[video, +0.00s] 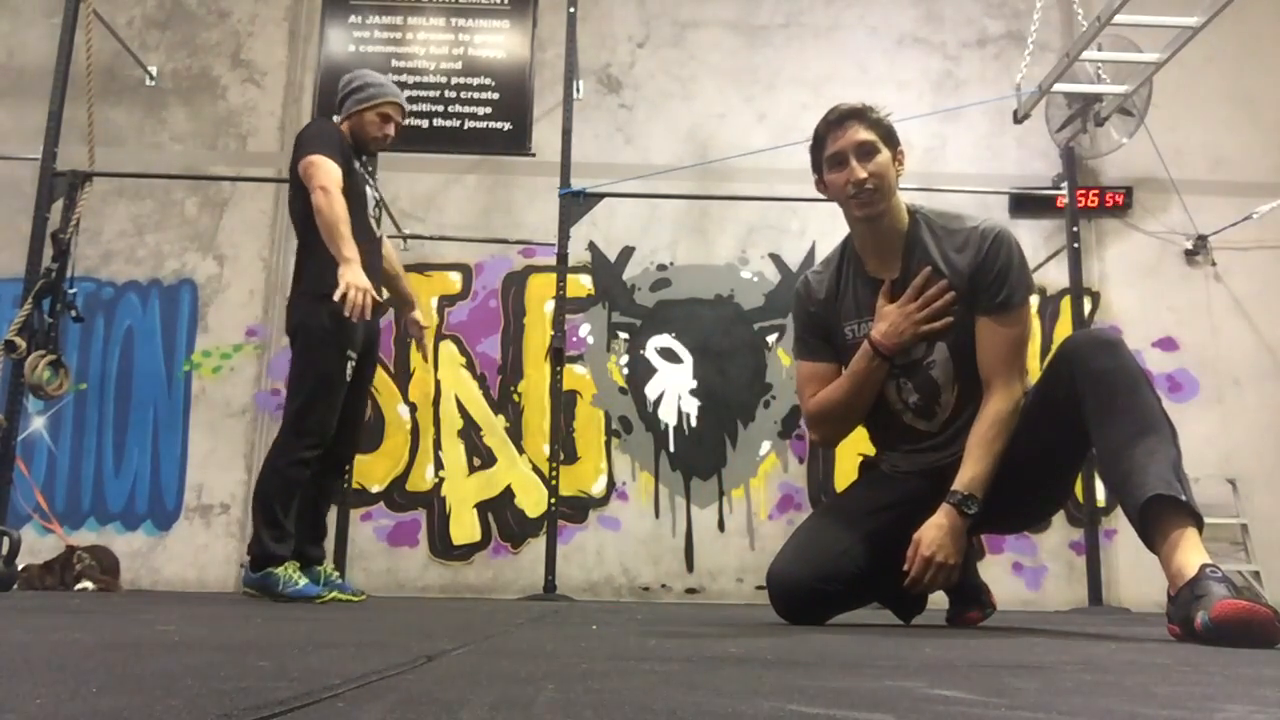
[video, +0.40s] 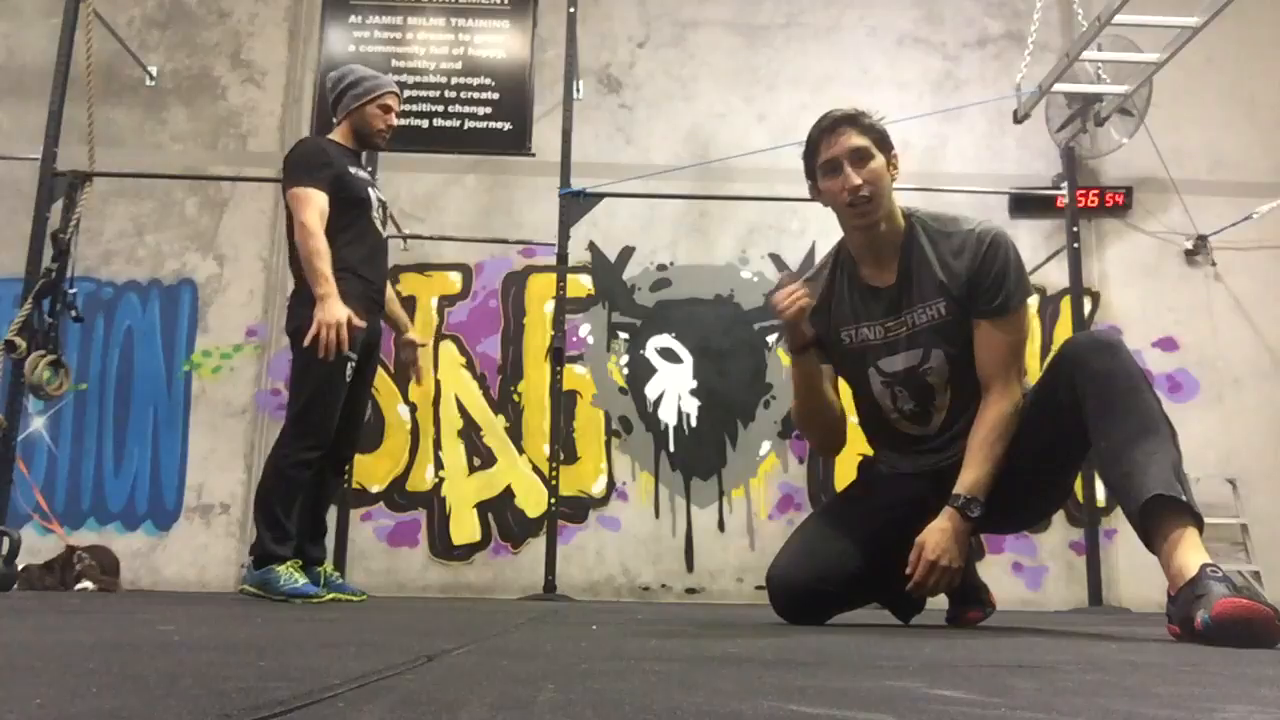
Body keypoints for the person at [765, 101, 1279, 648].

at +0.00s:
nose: (855, 171)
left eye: (867, 153)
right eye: (836, 163)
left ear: (897, 162)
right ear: (823, 185)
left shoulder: (984, 249)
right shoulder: (818, 290)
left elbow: (1004, 392)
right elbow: (822, 425)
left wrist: (958, 507)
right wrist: (879, 347)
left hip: (1000, 466)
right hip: (903, 483)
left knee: (1097, 348)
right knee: (794, 590)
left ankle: (1192, 578)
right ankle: (947, 558)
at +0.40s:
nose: (851, 179)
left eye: (862, 159)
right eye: (831, 170)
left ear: (891, 167)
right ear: (817, 192)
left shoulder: (978, 251)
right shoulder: (814, 295)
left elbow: (1003, 393)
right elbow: (826, 440)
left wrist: (961, 510)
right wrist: (801, 352)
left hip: (998, 467)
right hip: (901, 483)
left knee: (1098, 350)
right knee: (794, 591)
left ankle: (1192, 577)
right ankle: (948, 560)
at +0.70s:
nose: (836, 198)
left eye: (846, 175)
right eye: (816, 187)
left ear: (878, 178)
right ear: (802, 206)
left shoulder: (967, 252)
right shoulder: (800, 315)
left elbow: (1013, 382)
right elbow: (851, 453)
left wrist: (949, 483)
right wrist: (826, 407)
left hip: (999, 464)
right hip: (897, 486)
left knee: (1101, 354)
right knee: (794, 590)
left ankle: (1192, 576)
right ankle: (943, 559)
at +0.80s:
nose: (830, 203)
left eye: (839, 180)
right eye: (810, 194)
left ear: (873, 182)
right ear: (797, 215)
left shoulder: (965, 251)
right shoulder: (803, 326)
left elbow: (1019, 374)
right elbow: (835, 433)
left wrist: (947, 448)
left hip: (999, 464)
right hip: (902, 490)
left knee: (1110, 352)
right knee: (794, 590)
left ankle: (1193, 575)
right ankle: (944, 559)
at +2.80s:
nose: (823, 227)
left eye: (830, 203)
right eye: (802, 222)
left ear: (867, 198)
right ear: (796, 243)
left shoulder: (970, 260)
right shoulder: (805, 337)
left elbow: (1041, 376)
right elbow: (842, 456)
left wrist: (987, 482)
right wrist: (920, 519)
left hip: (1018, 473)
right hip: (912, 497)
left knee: (1120, 348)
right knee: (796, 590)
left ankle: (1195, 577)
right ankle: (938, 558)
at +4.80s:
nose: (815, 221)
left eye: (820, 198)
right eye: (793, 219)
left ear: (857, 195)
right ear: (787, 246)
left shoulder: (964, 260)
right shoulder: (800, 342)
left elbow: (1038, 378)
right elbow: (839, 459)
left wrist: (992, 486)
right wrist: (917, 519)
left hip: (1014, 470)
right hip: (909, 497)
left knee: (1117, 349)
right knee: (795, 591)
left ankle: (1195, 578)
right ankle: (934, 559)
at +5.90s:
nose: (820, 221)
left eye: (823, 199)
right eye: (797, 220)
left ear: (854, 198)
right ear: (788, 249)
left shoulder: (963, 259)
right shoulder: (800, 342)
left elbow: (1037, 378)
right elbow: (839, 458)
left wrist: (992, 488)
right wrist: (917, 519)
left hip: (1014, 469)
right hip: (909, 496)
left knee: (1116, 348)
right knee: (795, 591)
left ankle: (1195, 578)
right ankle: (935, 560)